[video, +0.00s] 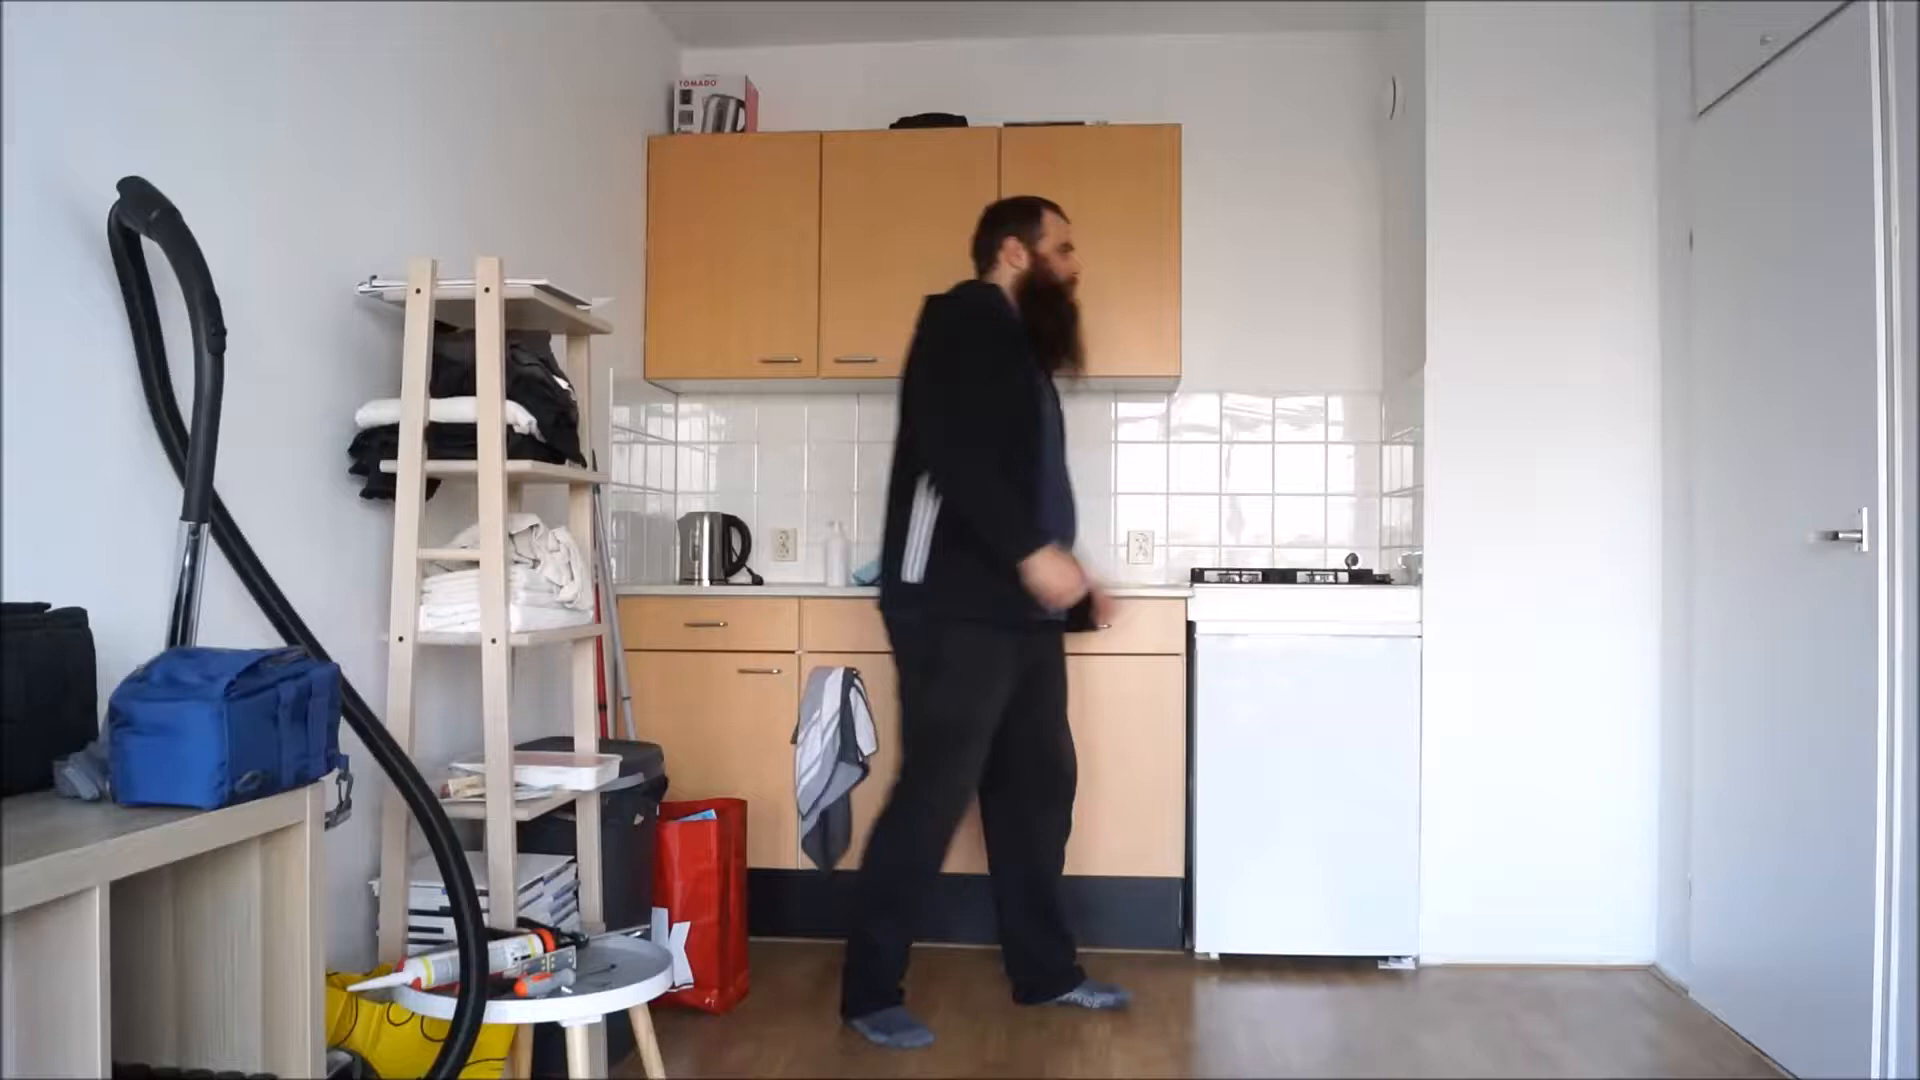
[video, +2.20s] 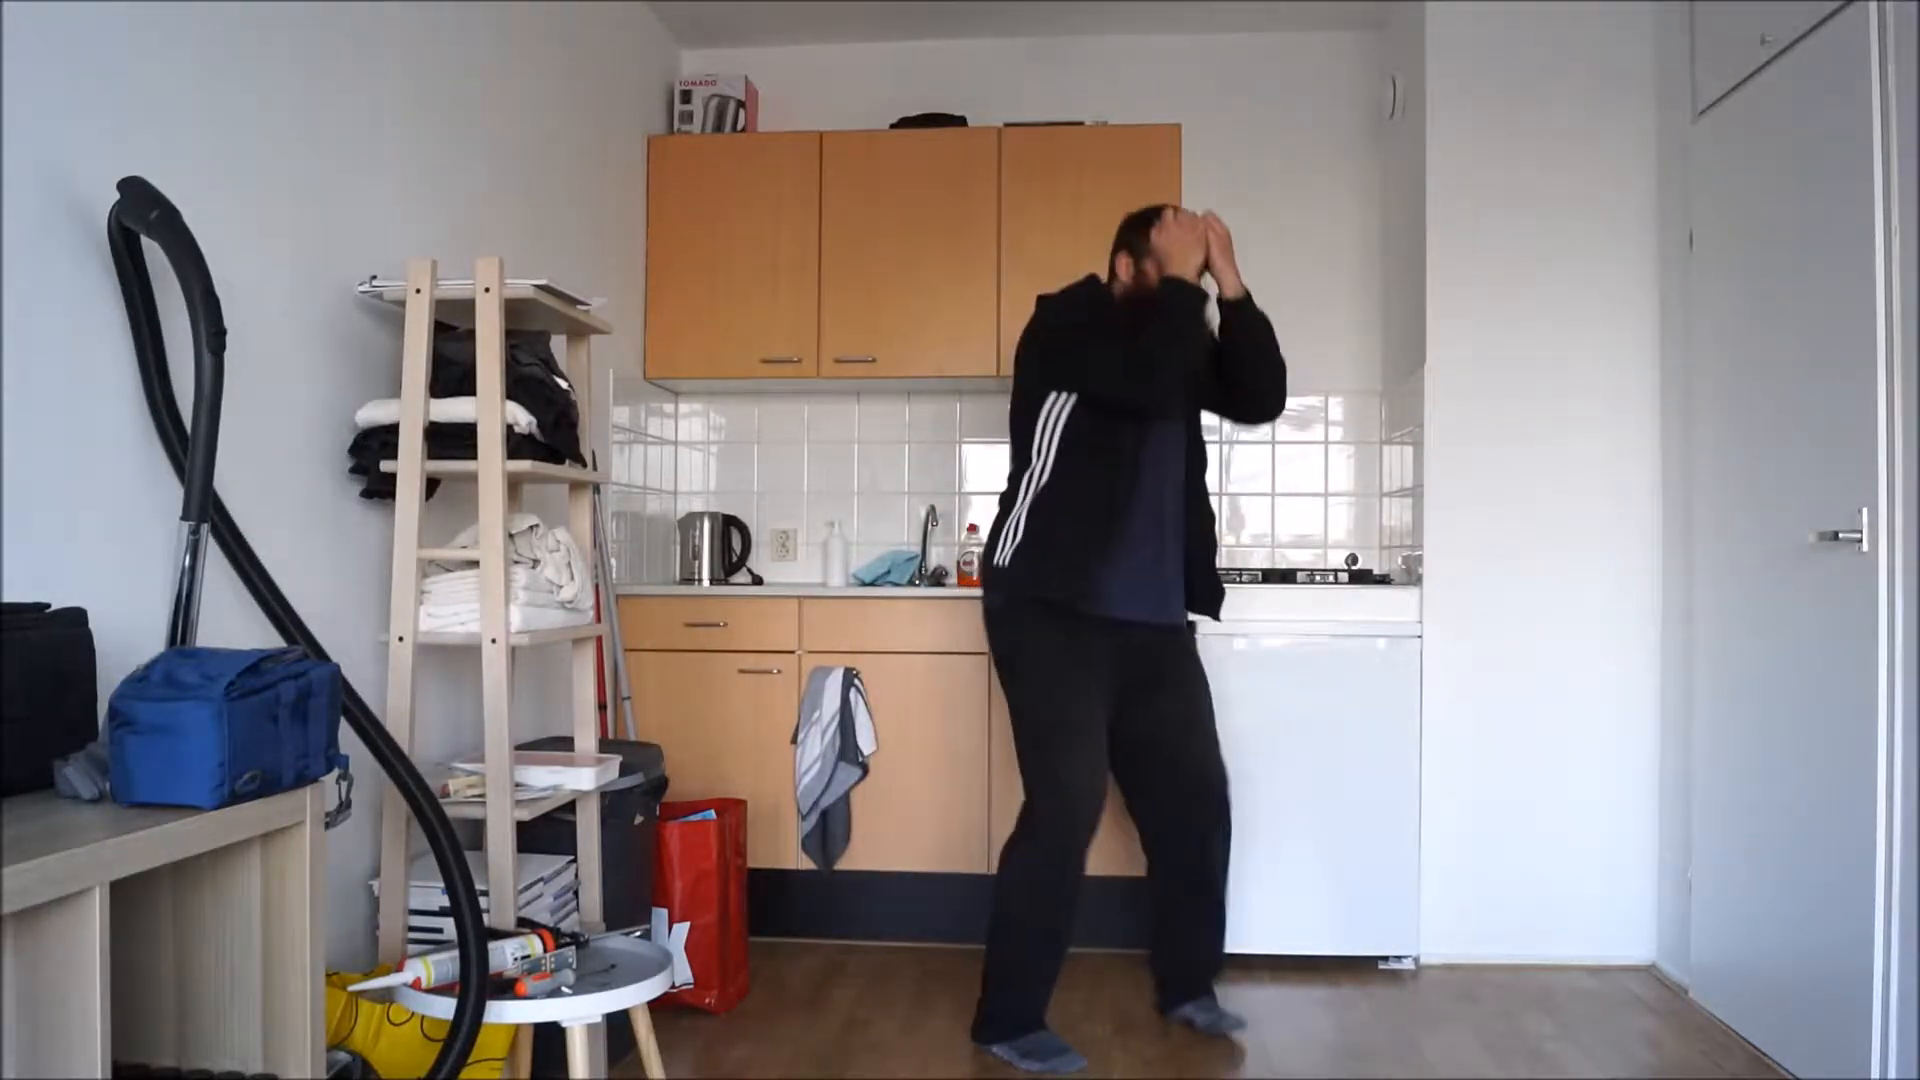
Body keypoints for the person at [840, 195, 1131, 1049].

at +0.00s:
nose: (1075, 262)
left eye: (1074, 249)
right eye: (1063, 247)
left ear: (1020, 256)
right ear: (1011, 252)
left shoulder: (1016, 340)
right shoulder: (962, 319)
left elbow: (1020, 476)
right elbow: (957, 453)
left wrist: (1063, 576)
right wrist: (1026, 549)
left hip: (1015, 606)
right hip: (951, 604)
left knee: (1033, 786)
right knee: (934, 794)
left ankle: (1042, 973)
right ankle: (868, 993)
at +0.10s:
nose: (1090, 267)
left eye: (1089, 254)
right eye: (1079, 252)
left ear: (1032, 258)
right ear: (1028, 256)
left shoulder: (1022, 337)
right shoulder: (984, 321)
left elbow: (1032, 469)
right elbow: (1001, 457)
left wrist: (1085, 523)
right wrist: (1087, 516)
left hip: (1028, 603)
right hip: (967, 604)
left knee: (1044, 787)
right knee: (970, 789)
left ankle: (1043, 973)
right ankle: (874, 984)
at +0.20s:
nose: (1106, 275)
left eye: (1106, 261)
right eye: (1096, 259)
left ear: (1045, 262)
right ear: (1045, 257)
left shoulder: (1031, 333)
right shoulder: (999, 316)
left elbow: (1046, 464)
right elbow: (1056, 449)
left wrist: (1121, 434)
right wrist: (1144, 430)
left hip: (1036, 603)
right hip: (977, 603)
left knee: (1061, 781)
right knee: (1012, 785)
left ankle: (1044, 974)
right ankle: (897, 976)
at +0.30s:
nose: (1121, 282)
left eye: (1124, 270)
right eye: (1113, 265)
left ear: (1066, 264)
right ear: (1064, 260)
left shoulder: (1064, 330)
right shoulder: (1007, 306)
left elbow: (1145, 403)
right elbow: (1133, 396)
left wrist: (1152, 316)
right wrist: (1155, 310)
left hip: (1044, 594)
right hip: (987, 592)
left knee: (1073, 780)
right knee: (1032, 785)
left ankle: (1047, 975)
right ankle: (985, 1012)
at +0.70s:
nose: (1183, 334)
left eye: (1186, 320)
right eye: (1175, 318)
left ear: (1139, 314)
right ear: (1129, 305)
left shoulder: (1131, 368)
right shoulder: (1066, 337)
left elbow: (1222, 432)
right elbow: (1154, 427)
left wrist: (1216, 338)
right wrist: (1192, 347)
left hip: (1065, 619)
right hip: (995, 614)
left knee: (1122, 769)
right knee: (1055, 800)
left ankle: (1111, 954)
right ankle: (1015, 1026)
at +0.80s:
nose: (1211, 390)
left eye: (1214, 378)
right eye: (1206, 375)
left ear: (1174, 361)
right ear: (1169, 352)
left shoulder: (1154, 413)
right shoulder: (1087, 379)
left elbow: (1223, 497)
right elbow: (1155, 500)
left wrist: (1233, 401)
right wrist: (1213, 407)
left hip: (1067, 641)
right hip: (987, 631)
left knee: (1137, 770)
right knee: (1063, 801)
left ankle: (1116, 957)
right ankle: (1015, 1028)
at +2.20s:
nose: (1205, 268)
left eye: (1207, 258)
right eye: (1191, 250)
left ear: (1188, 281)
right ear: (1130, 264)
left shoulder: (1179, 344)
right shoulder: (1065, 319)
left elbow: (1260, 398)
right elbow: (1150, 381)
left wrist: (1232, 285)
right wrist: (1174, 286)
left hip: (1149, 619)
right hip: (1051, 609)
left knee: (1193, 806)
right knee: (1065, 803)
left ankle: (1187, 991)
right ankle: (1008, 1021)